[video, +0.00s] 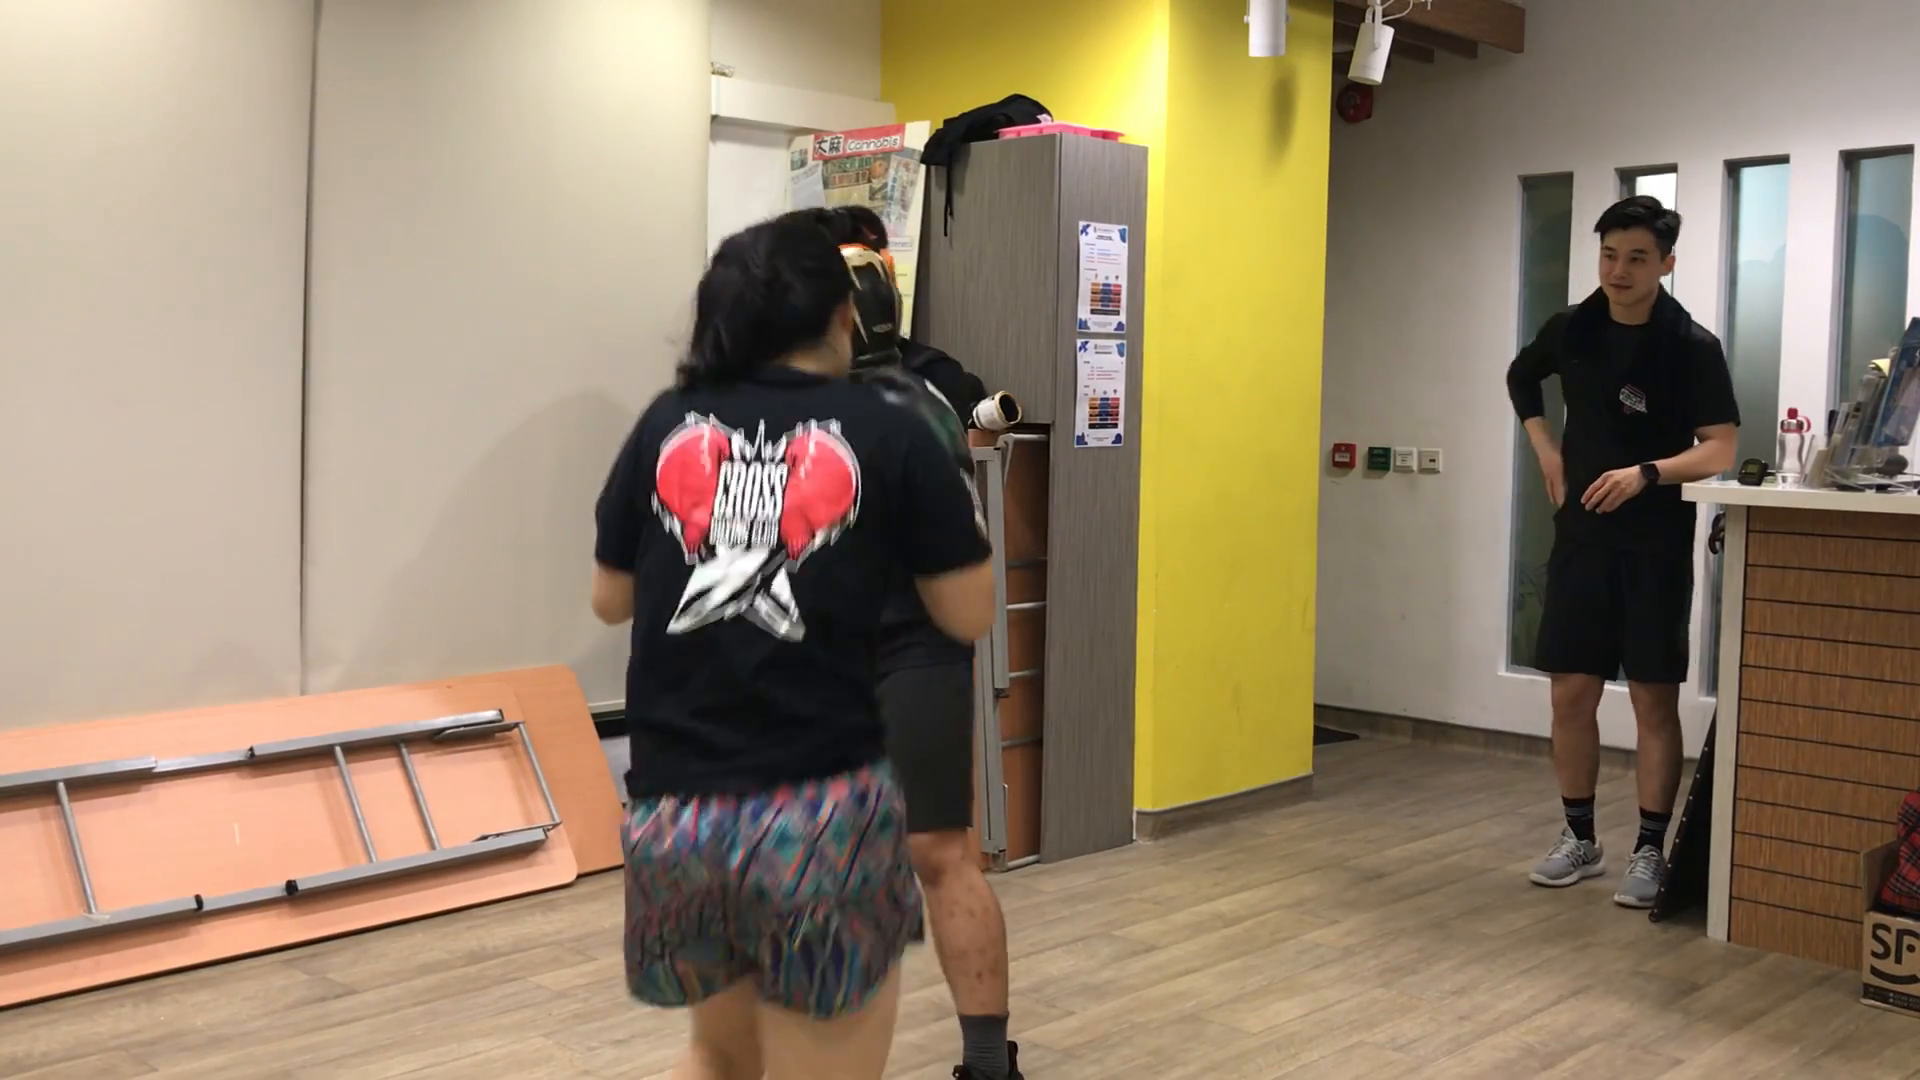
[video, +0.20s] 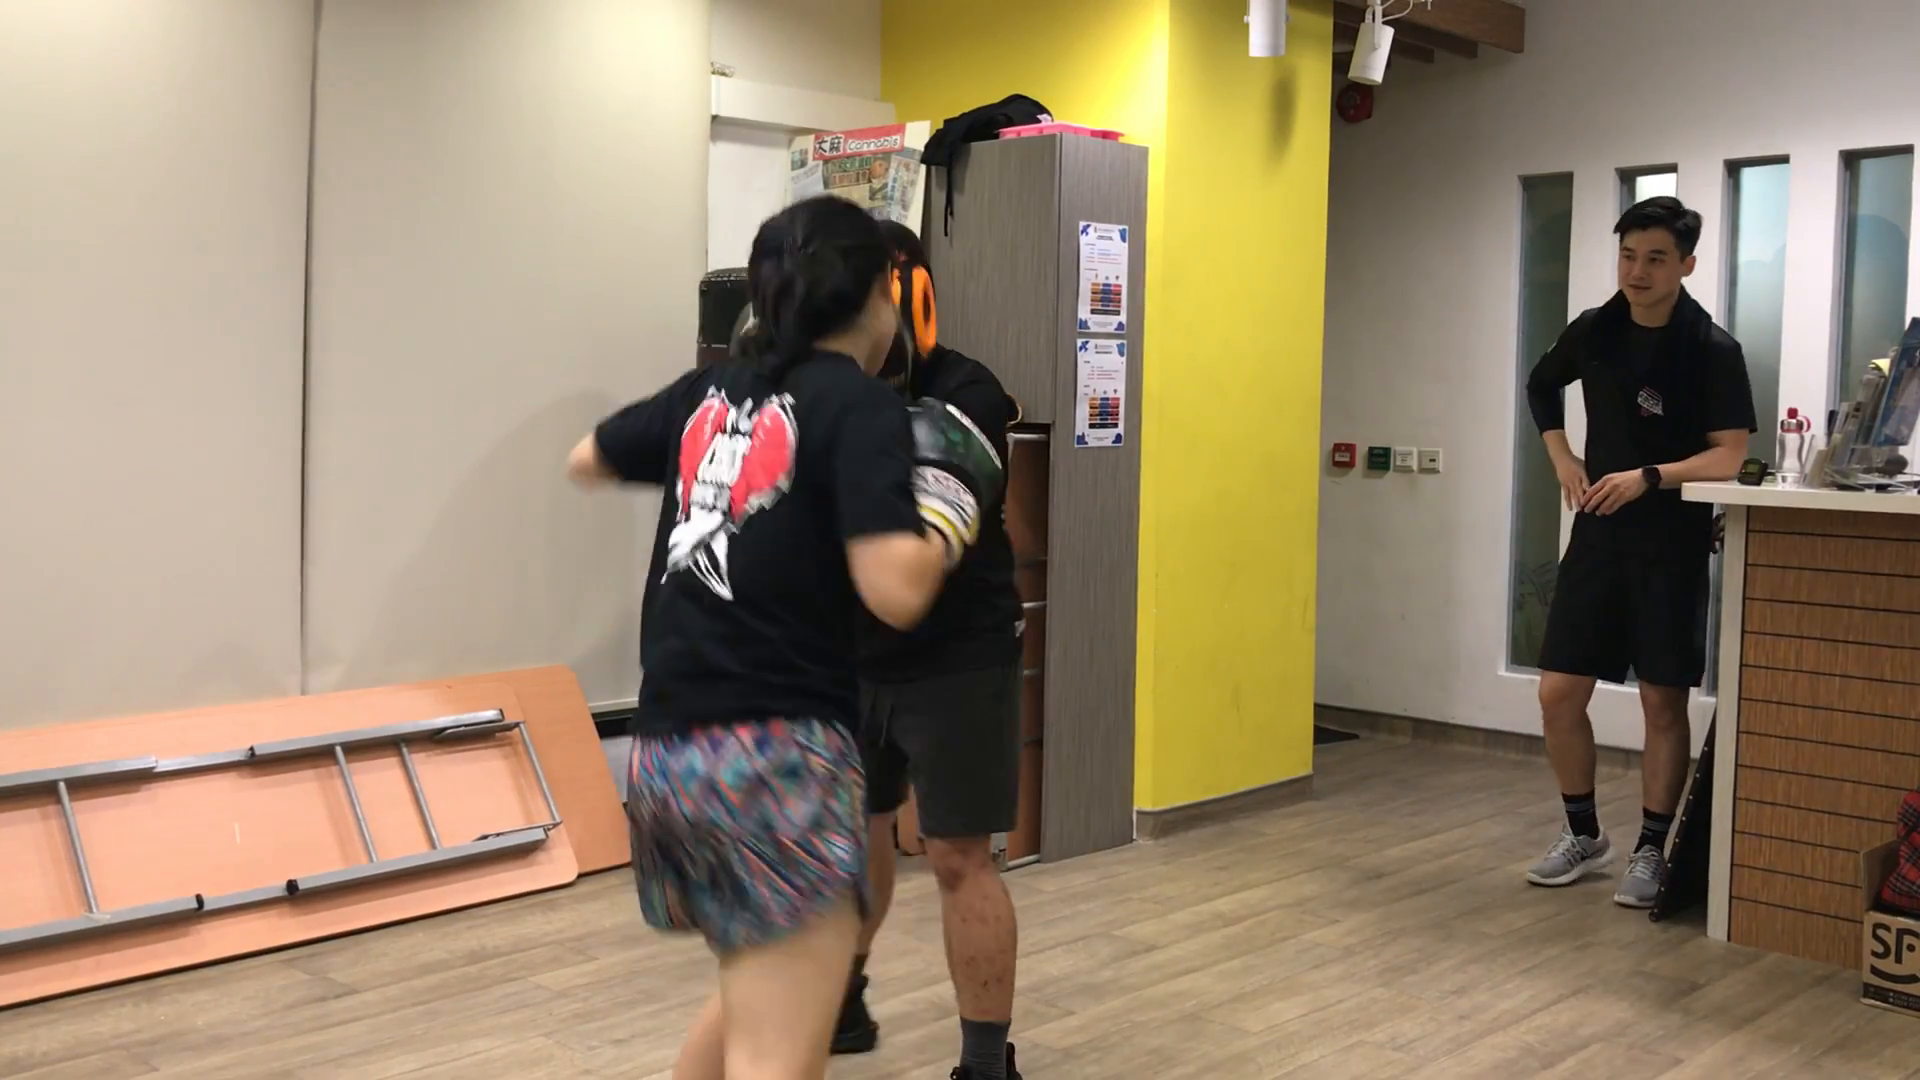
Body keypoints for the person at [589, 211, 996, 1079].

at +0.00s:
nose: (857, 313)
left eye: (853, 299)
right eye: (852, 299)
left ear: (732, 315)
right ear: (842, 313)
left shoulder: (668, 420)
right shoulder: (888, 427)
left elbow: (612, 597)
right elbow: (969, 612)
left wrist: (722, 549)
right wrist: (881, 533)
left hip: (675, 822)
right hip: (826, 821)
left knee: (719, 1052)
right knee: (829, 1065)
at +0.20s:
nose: (896, 303)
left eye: (892, 283)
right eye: (891, 284)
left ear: (777, 293)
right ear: (870, 292)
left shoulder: (713, 388)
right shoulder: (857, 404)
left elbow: (590, 460)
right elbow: (897, 592)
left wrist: (706, 436)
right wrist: (956, 497)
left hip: (668, 749)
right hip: (778, 751)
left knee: (747, 1004)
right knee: (778, 1052)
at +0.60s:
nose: (801, 321)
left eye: (796, 306)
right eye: (798, 304)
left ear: (698, 311)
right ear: (780, 298)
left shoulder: (626, 407)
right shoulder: (812, 389)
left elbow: (596, 576)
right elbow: (917, 496)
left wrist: (691, 525)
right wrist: (898, 408)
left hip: (645, 736)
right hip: (770, 732)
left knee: (700, 985)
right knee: (774, 1018)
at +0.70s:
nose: (814, 353)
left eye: (812, 337)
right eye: (812, 337)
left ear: (705, 344)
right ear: (794, 339)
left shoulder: (636, 442)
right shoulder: (819, 441)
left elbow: (541, 583)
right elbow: (924, 568)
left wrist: (630, 594)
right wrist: (925, 476)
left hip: (651, 776)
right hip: (767, 775)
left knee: (704, 1036)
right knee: (724, 1049)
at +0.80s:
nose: (833, 344)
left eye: (831, 326)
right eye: (828, 325)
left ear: (726, 328)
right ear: (805, 328)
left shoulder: (658, 432)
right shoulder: (812, 435)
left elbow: (555, 536)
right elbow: (859, 596)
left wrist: (569, 585)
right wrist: (924, 574)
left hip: (656, 746)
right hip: (760, 747)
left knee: (738, 988)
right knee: (698, 1024)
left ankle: (693, 1061)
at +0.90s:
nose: (858, 314)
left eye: (852, 298)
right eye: (854, 299)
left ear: (758, 315)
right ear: (839, 307)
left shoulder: (709, 413)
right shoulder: (818, 418)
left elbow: (622, 522)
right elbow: (751, 546)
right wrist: (842, 605)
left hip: (677, 697)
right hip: (743, 703)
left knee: (774, 885)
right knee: (701, 997)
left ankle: (745, 1065)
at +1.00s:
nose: (854, 311)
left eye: (850, 299)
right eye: (847, 299)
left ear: (753, 324)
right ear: (835, 315)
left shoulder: (743, 421)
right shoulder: (813, 425)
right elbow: (712, 521)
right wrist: (811, 596)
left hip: (703, 701)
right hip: (755, 710)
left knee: (746, 953)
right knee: (746, 969)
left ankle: (731, 1064)